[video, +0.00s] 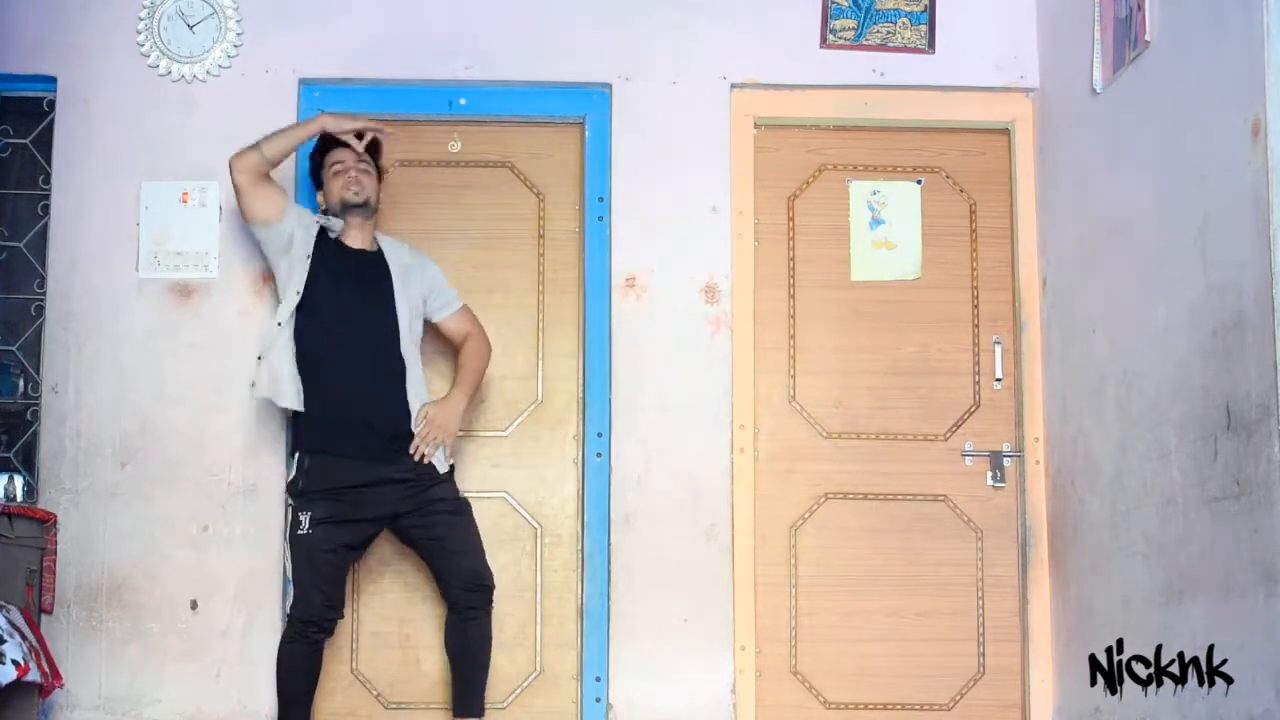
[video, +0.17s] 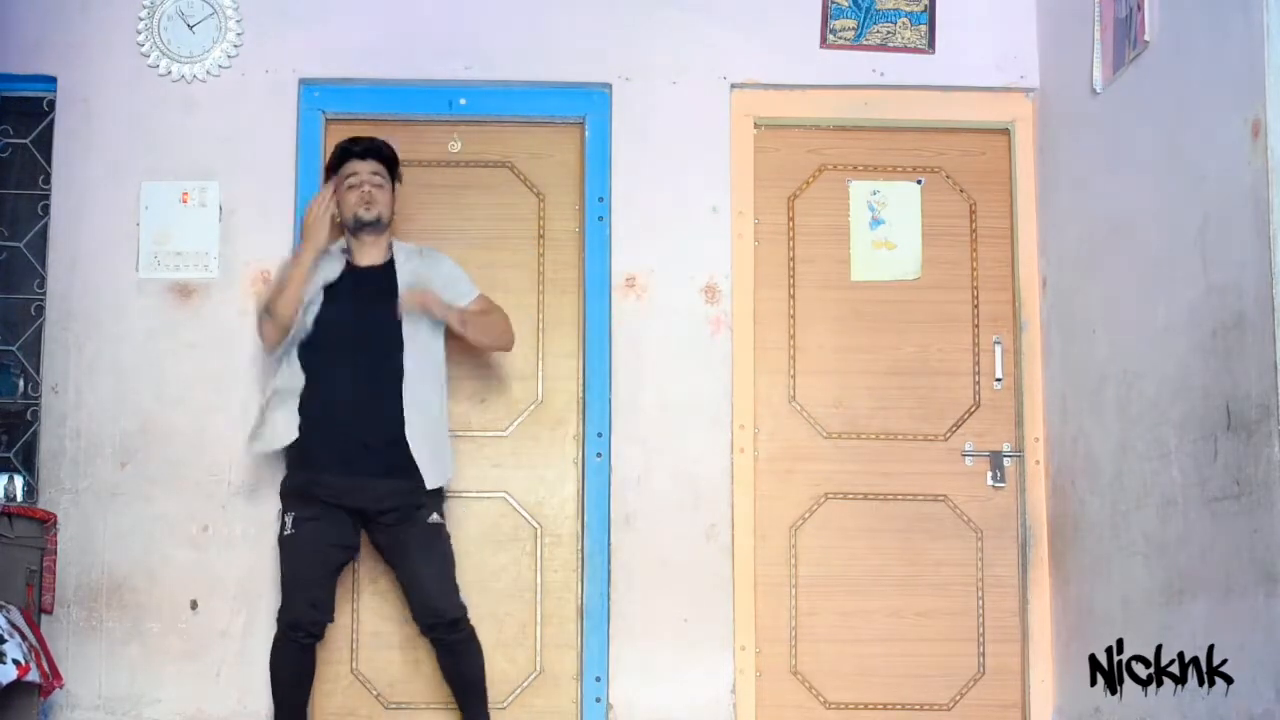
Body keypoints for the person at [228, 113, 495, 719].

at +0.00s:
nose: (354, 172)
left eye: (364, 166)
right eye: (340, 169)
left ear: (379, 188)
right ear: (322, 192)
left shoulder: (411, 265)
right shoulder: (296, 241)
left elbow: (474, 339)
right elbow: (245, 168)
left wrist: (457, 403)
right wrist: (317, 125)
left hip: (412, 467)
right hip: (327, 472)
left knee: (472, 588)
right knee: (311, 618)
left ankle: (469, 715)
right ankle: (292, 718)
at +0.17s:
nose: (367, 188)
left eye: (378, 180)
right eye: (353, 181)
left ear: (395, 196)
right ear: (333, 200)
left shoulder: (429, 266)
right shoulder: (308, 270)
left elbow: (502, 335)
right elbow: (272, 332)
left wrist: (444, 309)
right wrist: (313, 246)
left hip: (405, 483)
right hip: (318, 481)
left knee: (446, 621)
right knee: (299, 626)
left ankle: (478, 715)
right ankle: (289, 719)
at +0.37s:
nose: (352, 201)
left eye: (365, 193)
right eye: (339, 193)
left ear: (384, 210)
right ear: (325, 212)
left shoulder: (413, 263)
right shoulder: (304, 288)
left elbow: (503, 297)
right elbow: (334, 348)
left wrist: (499, 282)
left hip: (424, 486)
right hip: (337, 494)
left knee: (483, 598)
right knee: (315, 630)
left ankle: (494, 711)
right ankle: (294, 719)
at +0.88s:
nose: (441, 196)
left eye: (451, 185)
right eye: (427, 186)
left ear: (468, 197)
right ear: (405, 199)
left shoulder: (492, 269)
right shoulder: (384, 271)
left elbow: (551, 301)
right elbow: (405, 325)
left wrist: (481, 248)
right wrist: (446, 242)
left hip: (513, 482)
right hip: (424, 484)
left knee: (533, 628)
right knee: (360, 608)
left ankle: (525, 719)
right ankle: (297, 708)